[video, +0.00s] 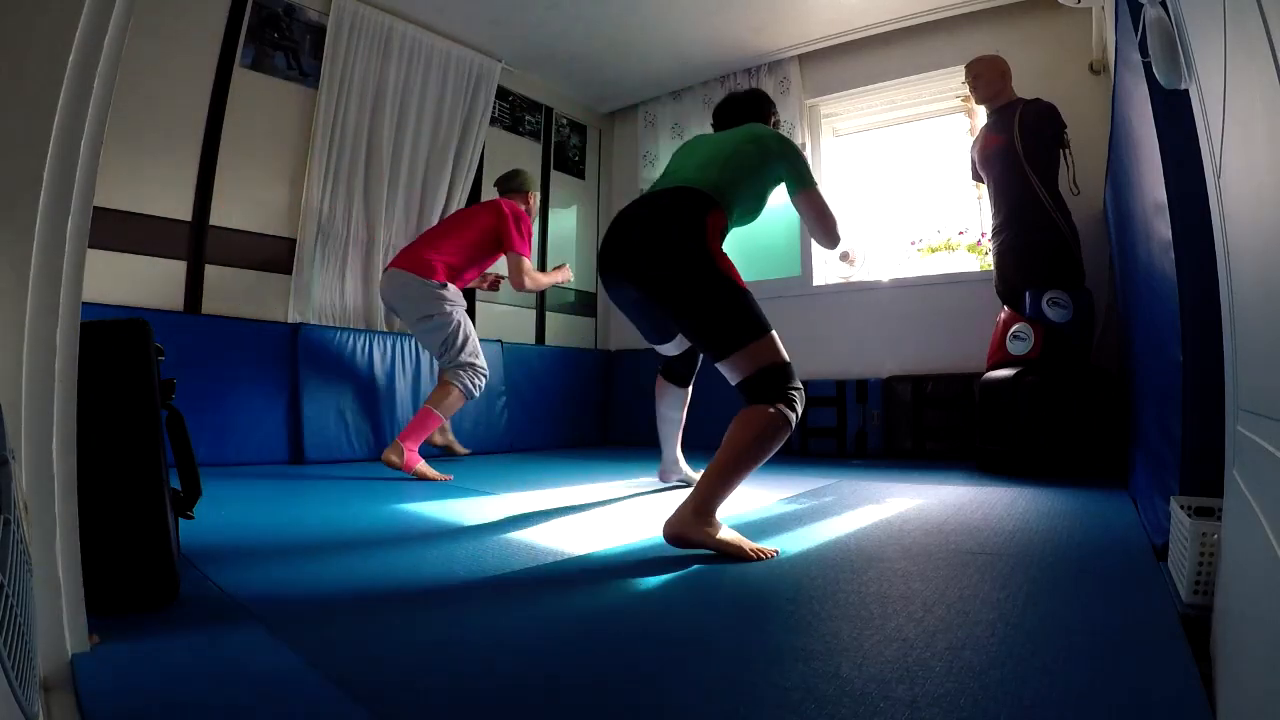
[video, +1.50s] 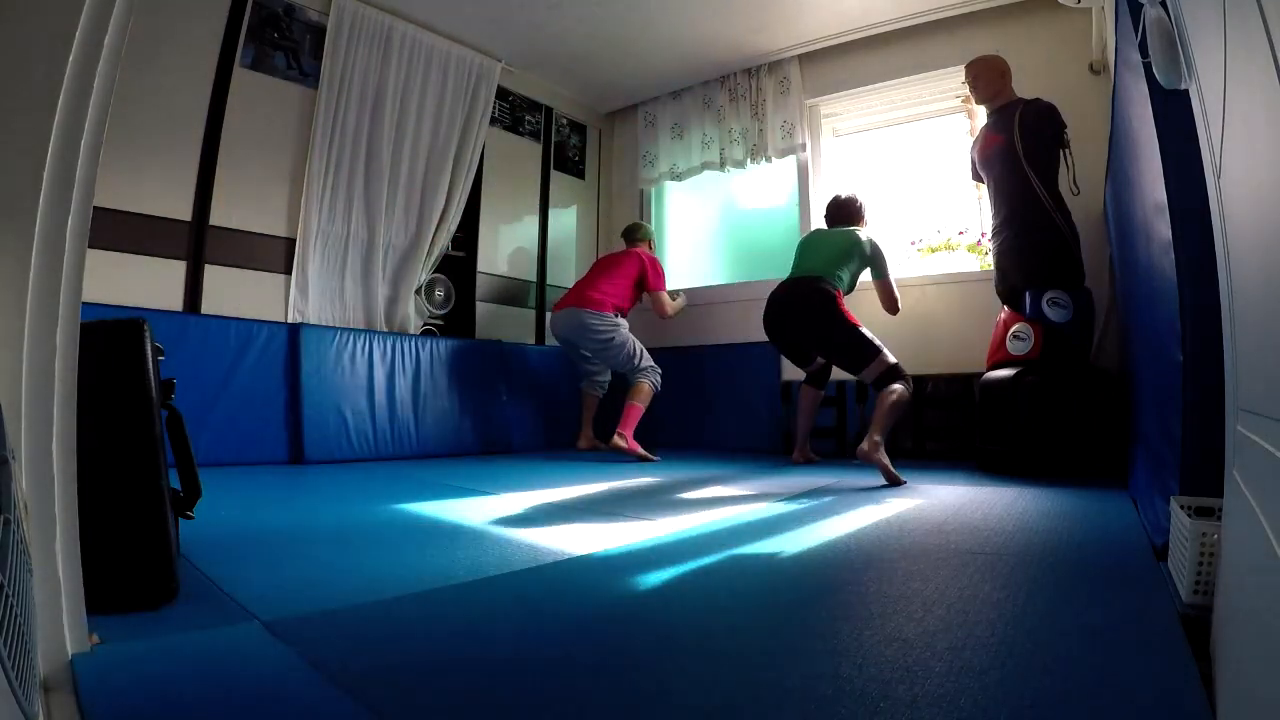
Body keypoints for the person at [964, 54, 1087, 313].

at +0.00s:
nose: (970, 85)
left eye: (976, 76)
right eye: (968, 81)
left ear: (1004, 75)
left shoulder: (1038, 112)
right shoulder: (980, 140)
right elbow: (979, 177)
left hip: (1050, 241)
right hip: (1008, 250)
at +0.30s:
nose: (970, 84)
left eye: (976, 76)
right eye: (968, 81)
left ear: (1004, 76)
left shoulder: (1038, 112)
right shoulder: (980, 140)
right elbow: (978, 176)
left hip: (1050, 241)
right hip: (1007, 249)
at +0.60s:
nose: (970, 85)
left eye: (976, 77)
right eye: (968, 81)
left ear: (1003, 76)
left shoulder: (1038, 112)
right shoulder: (981, 139)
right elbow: (978, 176)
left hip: (1050, 242)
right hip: (1008, 250)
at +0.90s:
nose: (970, 85)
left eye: (975, 77)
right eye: (967, 81)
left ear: (1003, 76)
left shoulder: (1038, 112)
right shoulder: (981, 140)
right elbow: (978, 176)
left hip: (1051, 244)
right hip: (1008, 251)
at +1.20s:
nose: (970, 86)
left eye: (975, 77)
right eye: (968, 82)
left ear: (1003, 75)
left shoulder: (1037, 111)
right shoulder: (981, 140)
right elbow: (979, 176)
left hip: (1050, 243)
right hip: (1008, 250)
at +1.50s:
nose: (970, 86)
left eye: (975, 78)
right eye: (968, 82)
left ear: (1003, 75)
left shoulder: (1037, 111)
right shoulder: (981, 140)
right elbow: (979, 176)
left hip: (1050, 243)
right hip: (1008, 250)